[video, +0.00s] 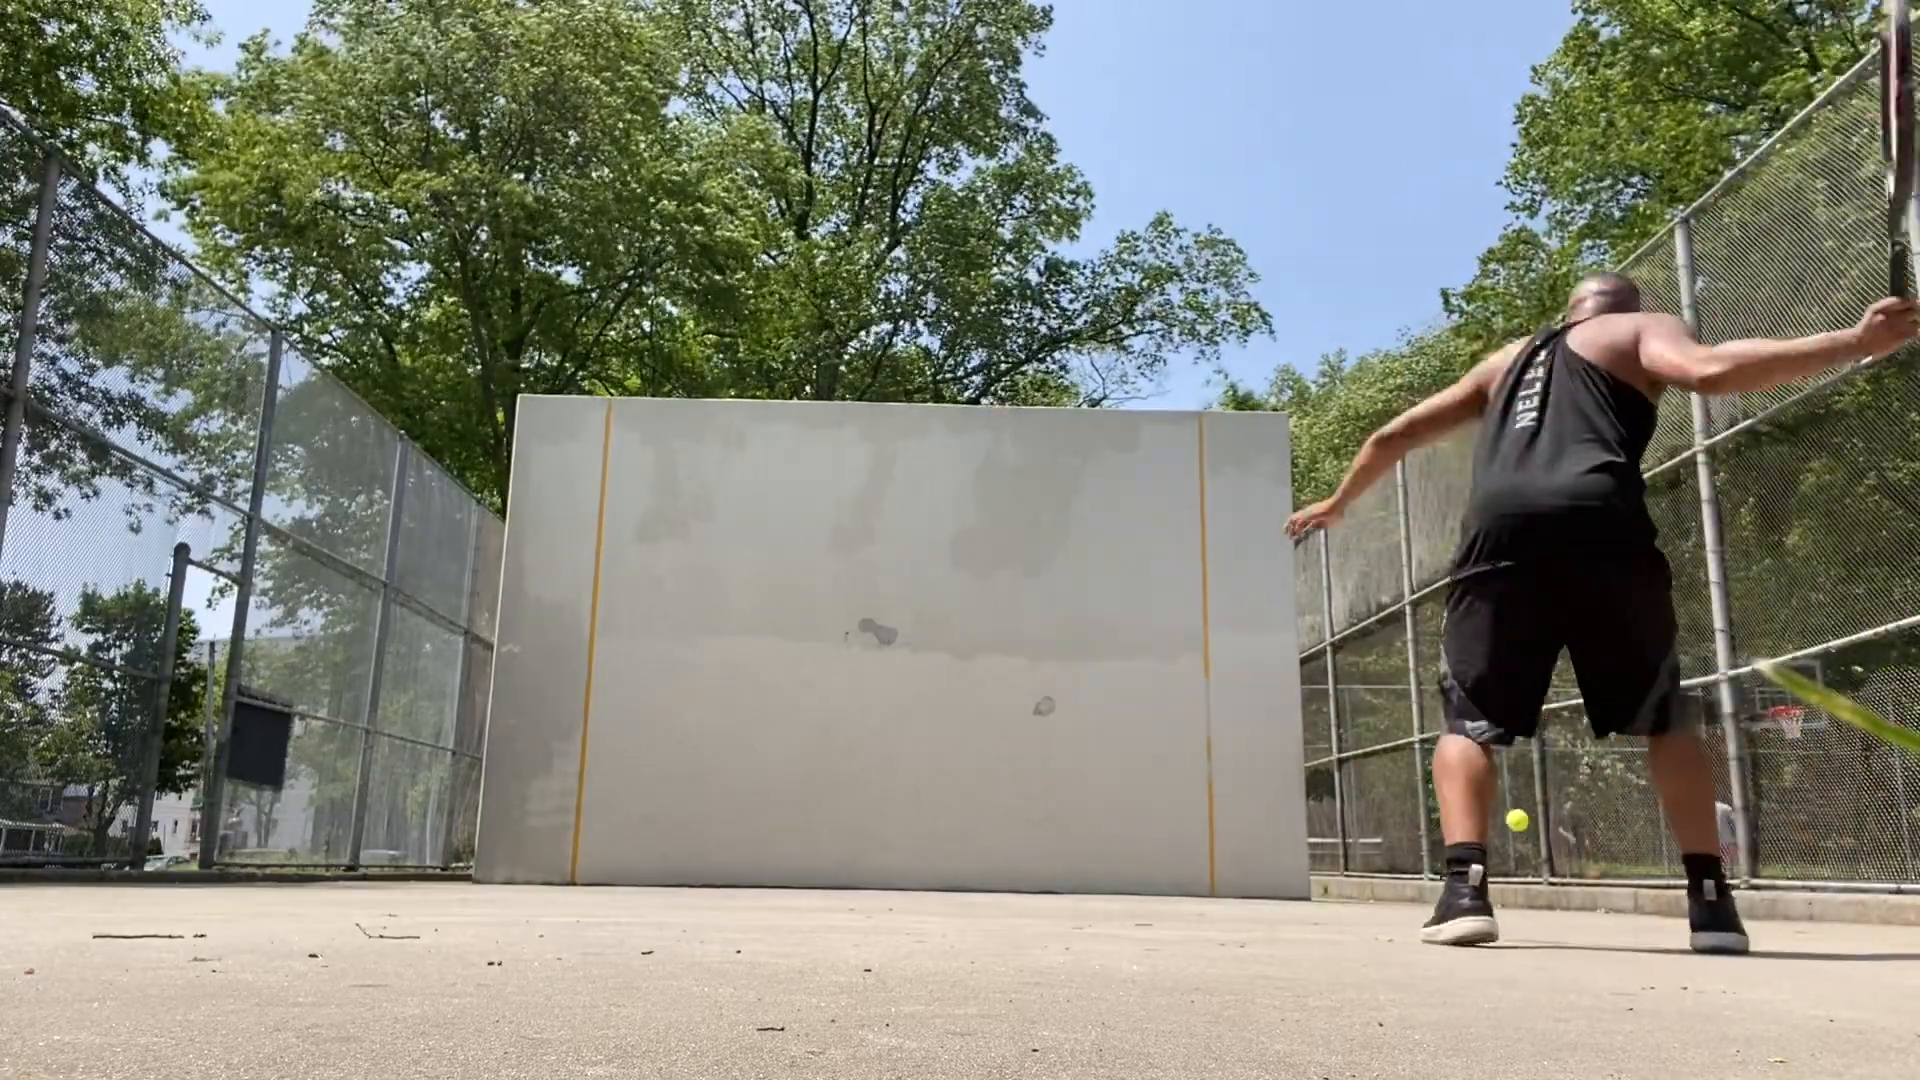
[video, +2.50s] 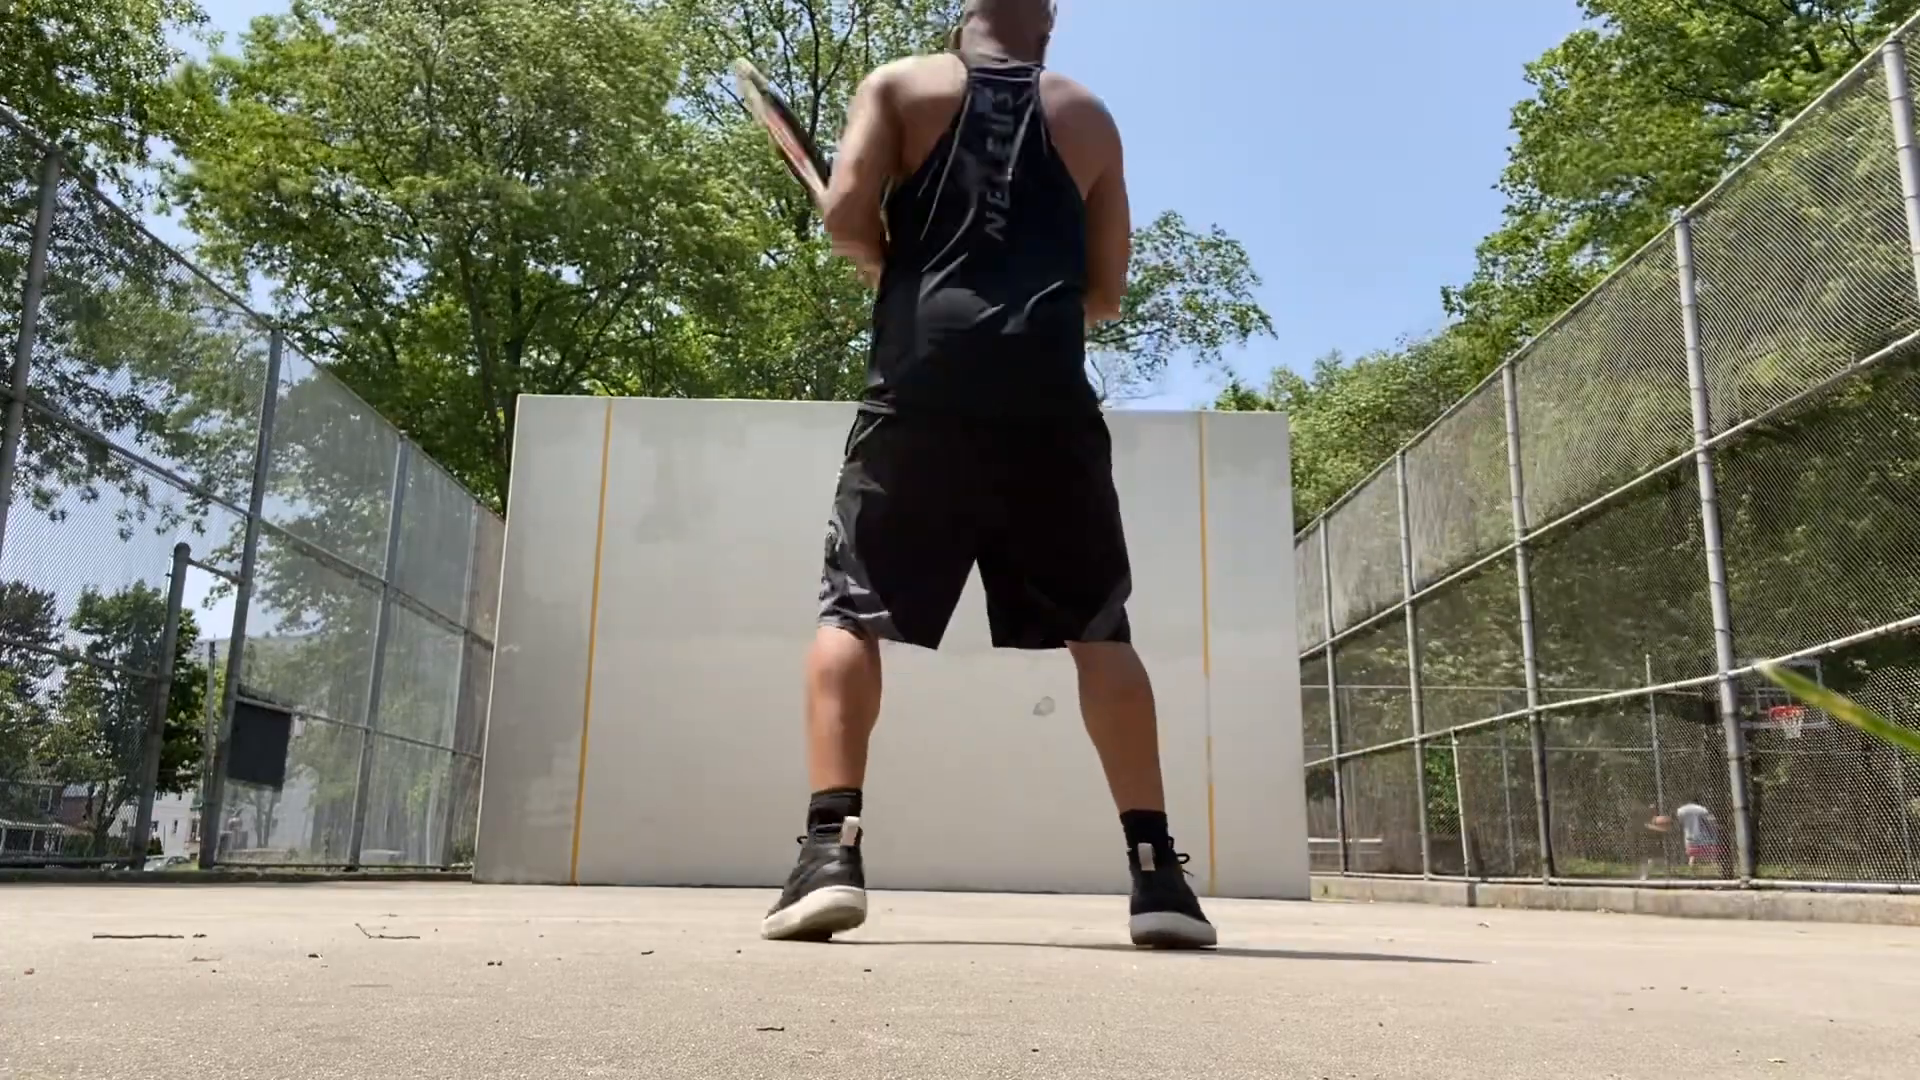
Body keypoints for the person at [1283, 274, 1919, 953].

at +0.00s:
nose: (1643, 310)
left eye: (1610, 295)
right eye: (1641, 304)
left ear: (1570, 310)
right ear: (1631, 306)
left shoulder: (1508, 358)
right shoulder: (1637, 323)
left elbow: (1390, 436)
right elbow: (1707, 370)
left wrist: (1334, 505)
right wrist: (1858, 340)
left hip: (1498, 540)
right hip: (1605, 531)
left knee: (1470, 720)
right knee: (1663, 714)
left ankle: (1463, 889)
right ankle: (1710, 904)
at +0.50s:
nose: (1601, 229)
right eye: (1591, 219)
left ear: (1524, 235)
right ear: (1571, 234)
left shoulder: (1505, 289)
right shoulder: (1606, 305)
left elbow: (1435, 401)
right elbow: (1481, 313)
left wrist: (1363, 348)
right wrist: (1470, 236)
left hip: (1530, 490)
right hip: (1625, 500)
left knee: (1425, 664)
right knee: (1640, 706)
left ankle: (1389, 844)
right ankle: (1710, 899)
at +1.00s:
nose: (1337, 147)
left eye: (1337, 138)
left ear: (1333, 146)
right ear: (1414, 154)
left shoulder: (1288, 200)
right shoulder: (1465, 210)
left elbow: (1244, 323)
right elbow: (1527, 343)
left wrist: (1308, 389)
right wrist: (1444, 383)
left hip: (1325, 431)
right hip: (1442, 438)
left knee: (1270, 633)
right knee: (1440, 661)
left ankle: (1313, 856)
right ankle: (1451, 880)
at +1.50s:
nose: (1202, 101)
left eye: (1184, 85)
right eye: (1204, 91)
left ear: (1123, 73)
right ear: (1196, 84)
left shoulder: (1038, 143)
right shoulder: (1194, 119)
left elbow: (1060, 296)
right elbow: (1235, 240)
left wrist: (1191, 304)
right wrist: (1315, 240)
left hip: (994, 401)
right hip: (1116, 408)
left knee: (948, 635)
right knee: (1210, 637)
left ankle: (876, 867)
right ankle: (1275, 881)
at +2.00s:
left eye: (1057, 16)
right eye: (1139, 20)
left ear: (1054, 13)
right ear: (1139, 18)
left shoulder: (996, 68)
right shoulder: (1175, 93)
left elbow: (937, 225)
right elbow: (1185, 235)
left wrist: (883, 284)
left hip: (1012, 377)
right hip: (1139, 397)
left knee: (898, 559)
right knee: (1152, 631)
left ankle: (843, 752)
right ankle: (1182, 884)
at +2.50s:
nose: (1044, 26)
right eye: (1049, 21)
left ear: (962, 21)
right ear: (1046, 27)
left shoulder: (896, 86)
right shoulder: (1087, 117)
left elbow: (846, 214)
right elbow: (1104, 291)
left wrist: (895, 267)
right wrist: (1021, 302)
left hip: (919, 403)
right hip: (1051, 412)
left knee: (853, 613)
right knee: (1101, 634)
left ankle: (829, 855)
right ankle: (1158, 877)